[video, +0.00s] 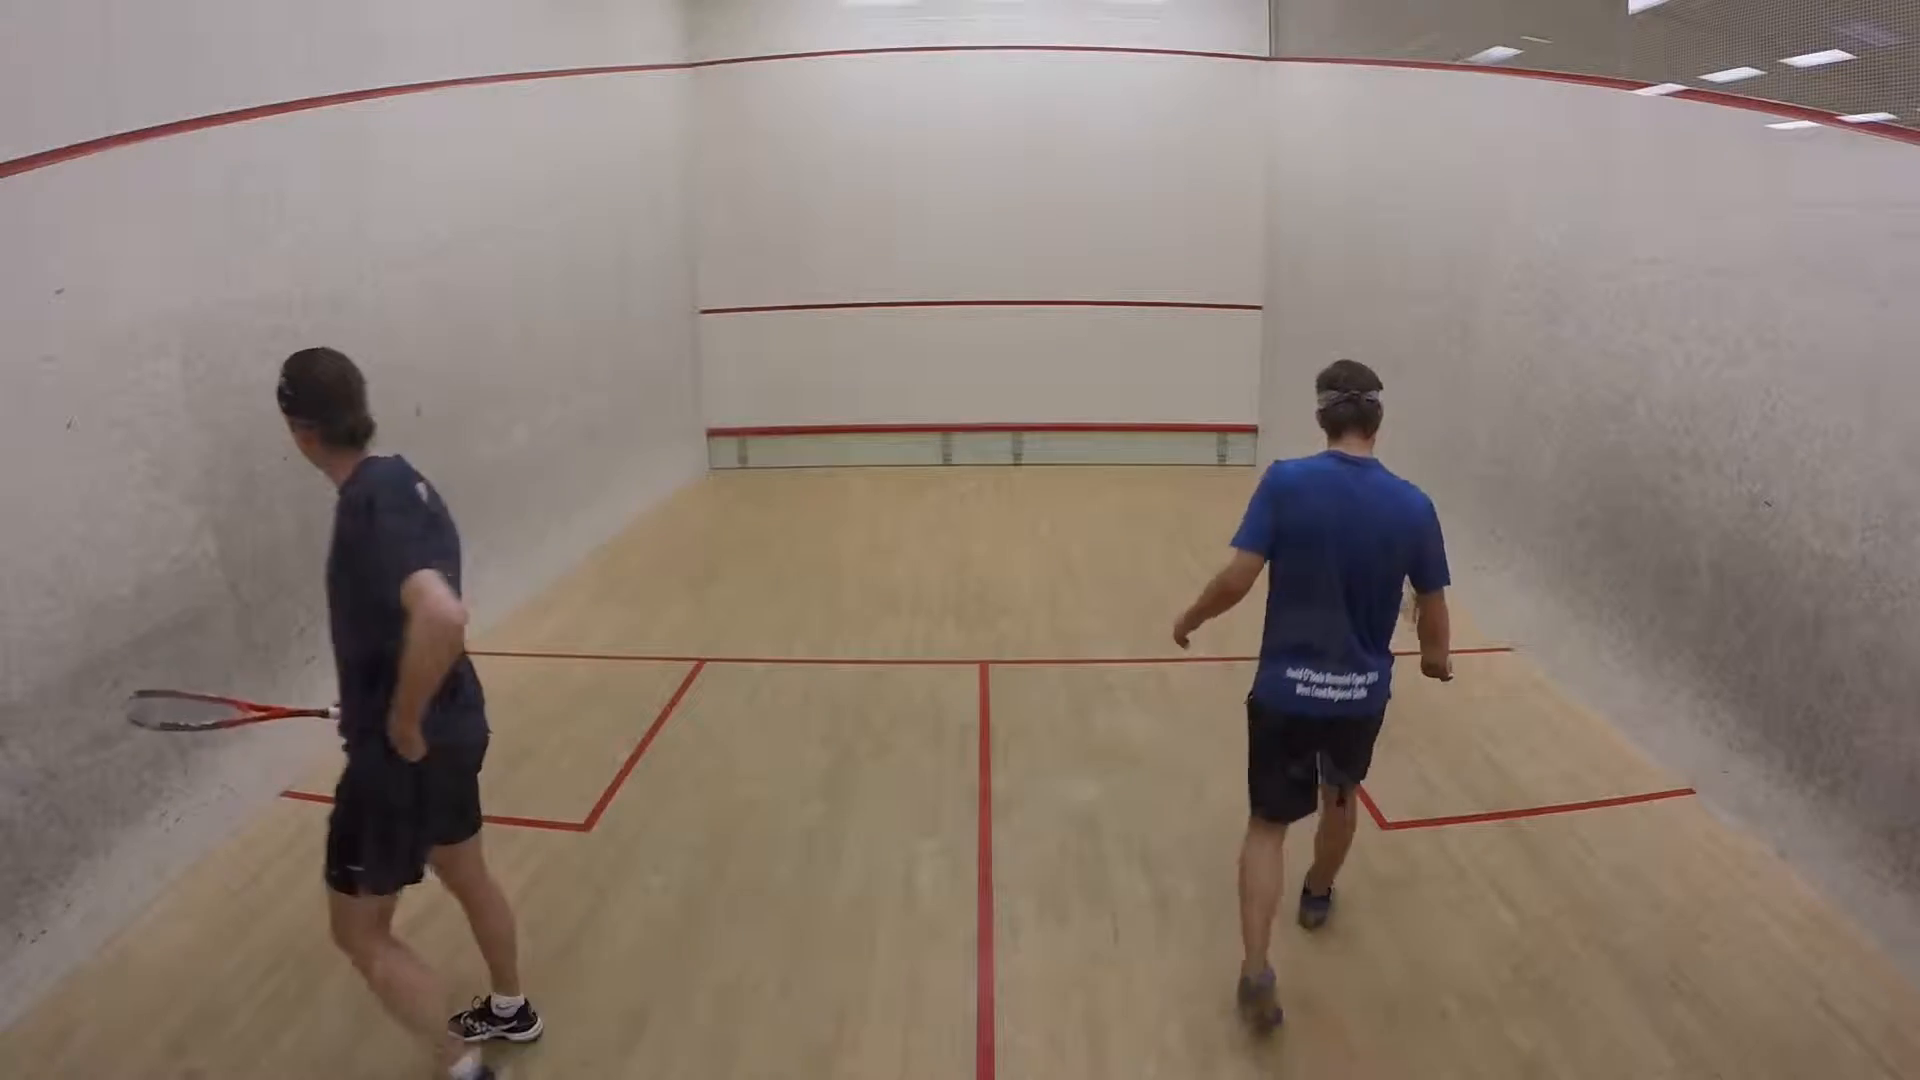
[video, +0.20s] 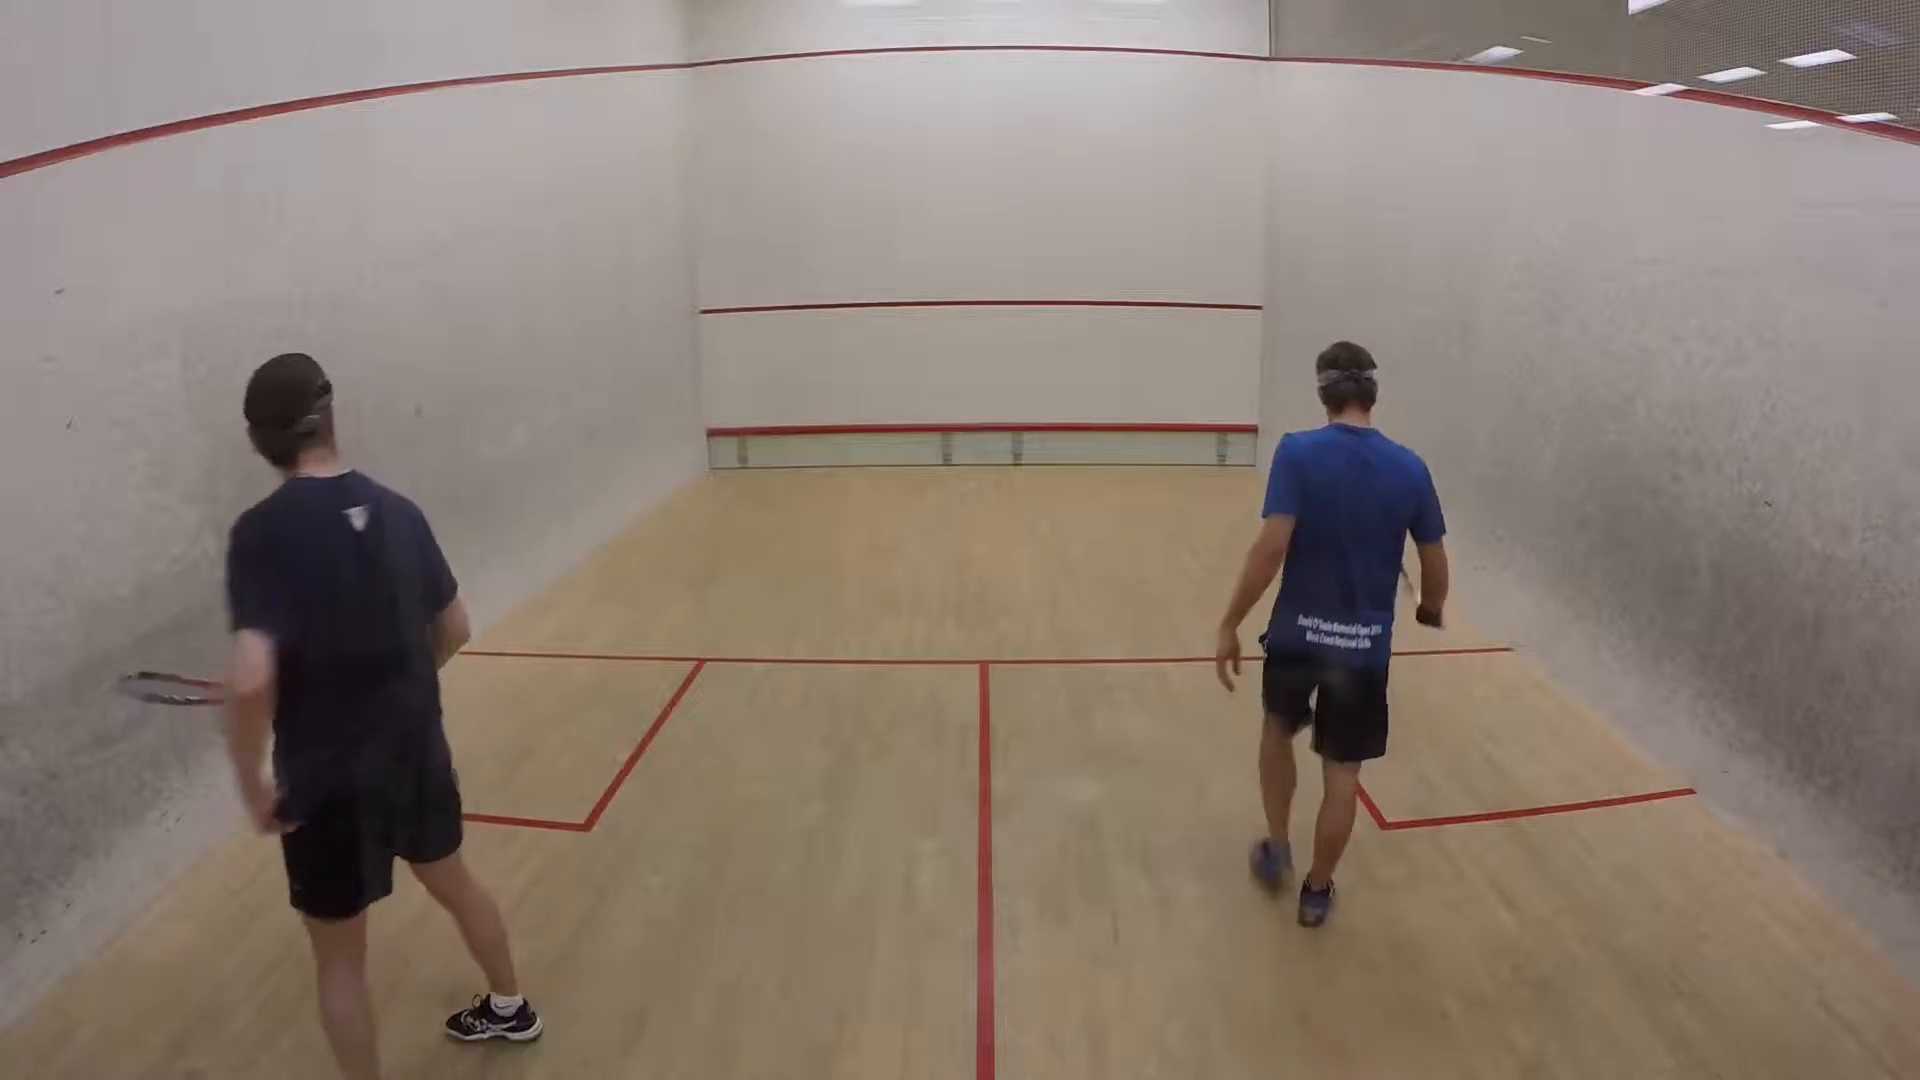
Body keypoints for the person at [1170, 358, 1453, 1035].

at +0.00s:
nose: (1336, 420)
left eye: (1328, 408)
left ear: (1321, 418)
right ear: (1379, 420)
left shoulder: (1285, 482)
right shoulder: (1411, 505)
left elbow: (1236, 581)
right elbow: (1432, 614)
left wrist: (1190, 620)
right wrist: (1436, 659)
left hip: (1283, 699)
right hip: (1359, 703)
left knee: (1267, 825)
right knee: (1341, 792)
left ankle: (1256, 974)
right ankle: (1317, 896)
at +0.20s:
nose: (1324, 396)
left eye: (1319, 388)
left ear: (1321, 394)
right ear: (1374, 394)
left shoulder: (1298, 452)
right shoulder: (1408, 468)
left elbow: (1274, 544)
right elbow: (1435, 570)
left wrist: (1230, 623)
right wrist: (1431, 606)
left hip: (1296, 642)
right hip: (1362, 653)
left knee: (1278, 731)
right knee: (1342, 772)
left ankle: (1277, 851)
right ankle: (1316, 892)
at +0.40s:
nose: (1313, 401)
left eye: (1311, 393)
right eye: (1336, 390)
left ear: (1308, 398)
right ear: (1356, 396)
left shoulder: (1291, 453)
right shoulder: (1389, 462)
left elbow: (1282, 530)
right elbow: (1417, 544)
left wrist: (1255, 613)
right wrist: (1417, 595)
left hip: (1295, 626)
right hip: (1356, 633)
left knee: (1286, 702)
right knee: (1339, 752)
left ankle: (1275, 776)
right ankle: (1319, 876)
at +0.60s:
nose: (1306, 386)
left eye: (1302, 379)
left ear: (1302, 382)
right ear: (1345, 380)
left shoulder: (1285, 429)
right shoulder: (1377, 439)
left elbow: (1270, 504)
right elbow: (1398, 521)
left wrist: (1236, 568)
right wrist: (1400, 565)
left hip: (1287, 586)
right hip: (1343, 591)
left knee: (1280, 674)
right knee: (1336, 680)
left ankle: (1277, 770)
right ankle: (1321, 771)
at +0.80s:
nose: (1311, 375)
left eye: (1308, 368)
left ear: (1310, 372)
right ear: (1348, 373)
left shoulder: (1285, 413)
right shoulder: (1373, 432)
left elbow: (1249, 475)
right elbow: (1392, 511)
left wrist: (1224, 499)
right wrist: (1394, 549)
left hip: (1285, 566)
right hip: (1337, 571)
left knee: (1281, 662)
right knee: (1323, 646)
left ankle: (1278, 771)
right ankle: (1302, 723)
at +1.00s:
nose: (1325, 378)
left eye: (1320, 370)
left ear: (1318, 375)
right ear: (1355, 377)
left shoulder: (1293, 414)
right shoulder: (1374, 434)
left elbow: (1259, 475)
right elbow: (1388, 508)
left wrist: (1226, 491)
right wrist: (1396, 554)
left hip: (1287, 555)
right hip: (1335, 563)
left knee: (1278, 645)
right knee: (1315, 634)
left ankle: (1276, 743)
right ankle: (1295, 699)